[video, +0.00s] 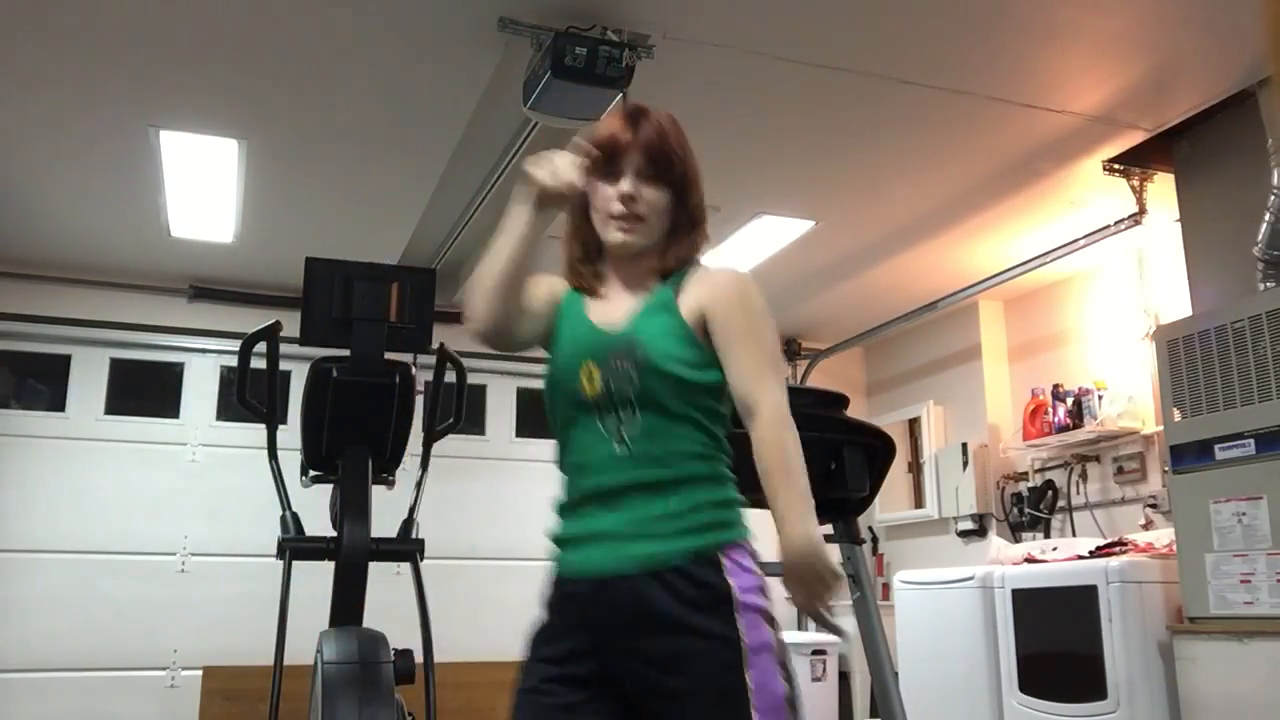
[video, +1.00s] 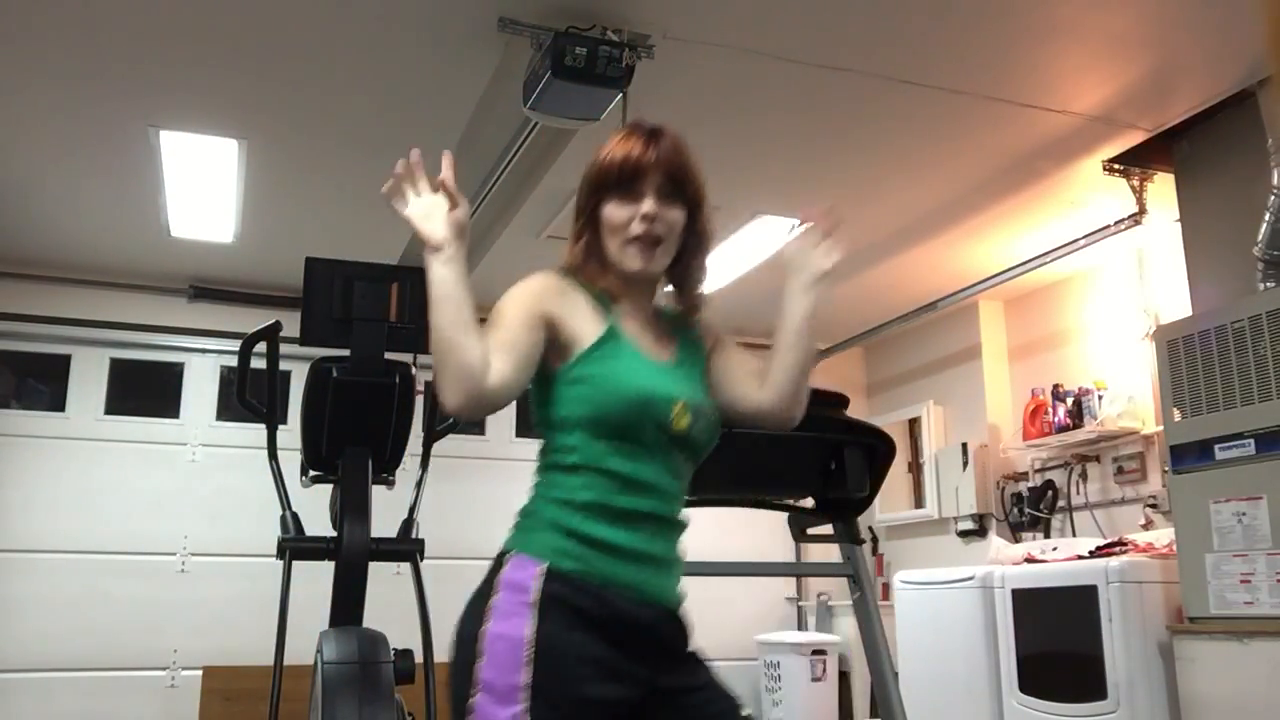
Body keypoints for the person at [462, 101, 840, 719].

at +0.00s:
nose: (626, 192)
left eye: (650, 177)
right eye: (610, 173)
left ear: (679, 199)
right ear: (584, 190)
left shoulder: (716, 292)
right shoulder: (556, 299)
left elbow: (768, 412)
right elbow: (487, 322)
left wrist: (799, 542)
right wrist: (530, 206)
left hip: (698, 591)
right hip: (582, 595)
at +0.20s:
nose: (668, 231)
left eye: (691, 217)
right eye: (650, 215)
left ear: (718, 236)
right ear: (627, 231)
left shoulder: (766, 337)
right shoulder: (592, 324)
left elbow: (808, 475)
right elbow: (575, 366)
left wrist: (854, 617)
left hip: (766, 621)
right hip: (640, 636)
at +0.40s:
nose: (689, 214)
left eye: (711, 198)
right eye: (669, 198)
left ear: (741, 215)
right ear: (647, 215)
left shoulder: (794, 317)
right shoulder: (611, 305)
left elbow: (838, 452)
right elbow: (596, 348)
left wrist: (893, 586)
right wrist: (629, 346)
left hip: (779, 602)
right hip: (649, 609)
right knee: (591, 709)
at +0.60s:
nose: (710, 229)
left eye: (732, 212)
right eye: (690, 212)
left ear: (762, 233)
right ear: (668, 229)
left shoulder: (796, 357)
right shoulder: (620, 313)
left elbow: (841, 484)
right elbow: (586, 368)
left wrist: (967, 561)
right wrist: (614, 372)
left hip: (777, 630)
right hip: (646, 641)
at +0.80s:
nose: (690, 171)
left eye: (712, 155)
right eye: (670, 152)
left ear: (738, 176)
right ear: (642, 168)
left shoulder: (762, 294)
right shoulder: (596, 251)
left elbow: (828, 383)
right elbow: (537, 366)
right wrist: (502, 260)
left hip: (728, 570)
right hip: (610, 563)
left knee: (770, 712)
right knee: (588, 714)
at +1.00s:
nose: (649, 212)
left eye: (669, 196)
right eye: (628, 194)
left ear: (689, 218)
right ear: (595, 211)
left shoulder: (696, 335)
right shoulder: (551, 298)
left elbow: (777, 406)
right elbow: (465, 391)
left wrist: (803, 284)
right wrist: (443, 250)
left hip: (649, 624)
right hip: (547, 611)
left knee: (718, 712)